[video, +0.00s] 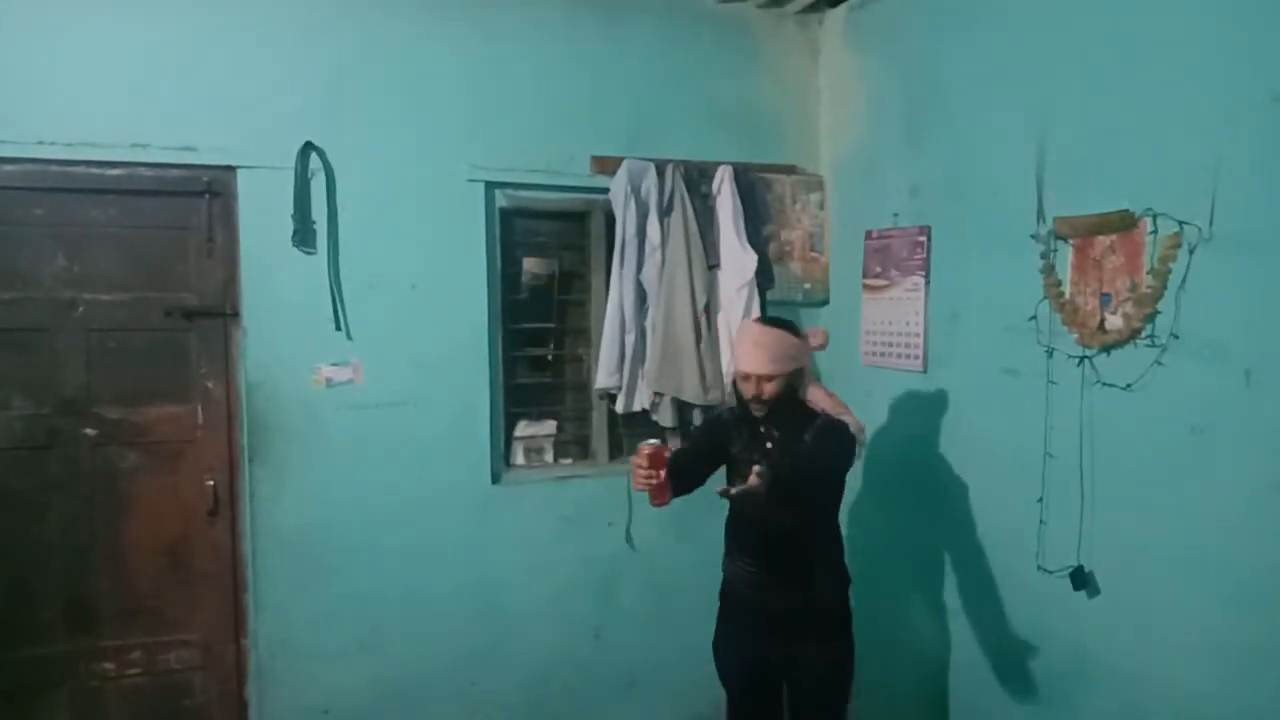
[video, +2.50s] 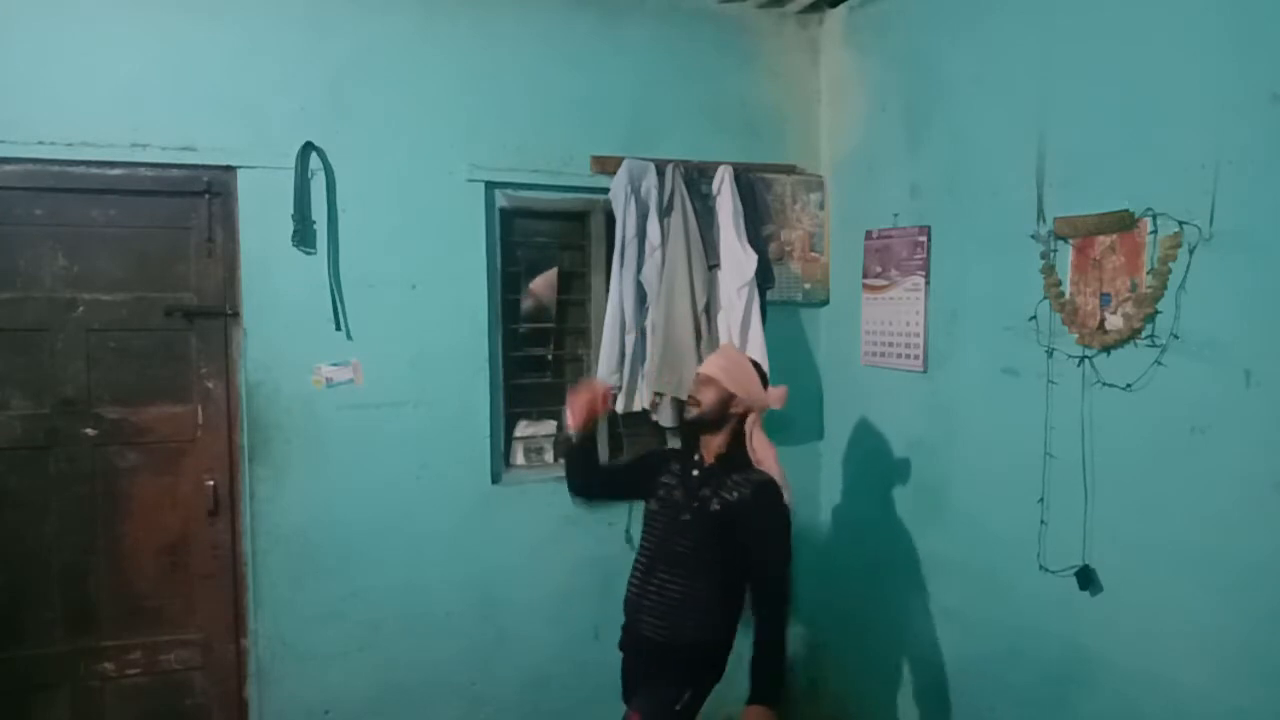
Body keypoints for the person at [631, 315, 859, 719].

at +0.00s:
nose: (755, 391)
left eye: (768, 381)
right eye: (746, 379)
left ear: (793, 376)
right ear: (735, 376)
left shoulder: (828, 432)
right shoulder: (730, 425)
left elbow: (816, 490)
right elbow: (683, 469)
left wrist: (770, 486)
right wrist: (654, 469)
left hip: (816, 608)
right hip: (745, 606)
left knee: (817, 710)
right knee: (748, 709)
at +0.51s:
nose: (731, 371)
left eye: (744, 361)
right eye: (724, 359)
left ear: (770, 366)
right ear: (715, 361)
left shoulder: (804, 425)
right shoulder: (717, 422)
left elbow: (800, 500)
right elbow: (680, 477)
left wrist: (738, 504)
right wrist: (658, 490)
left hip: (799, 599)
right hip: (740, 595)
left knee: (770, 709)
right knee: (740, 708)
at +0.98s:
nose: (704, 374)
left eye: (717, 364)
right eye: (697, 362)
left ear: (745, 368)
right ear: (688, 363)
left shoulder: (778, 433)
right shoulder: (707, 425)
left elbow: (805, 538)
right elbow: (719, 509)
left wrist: (761, 614)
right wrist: (706, 588)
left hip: (757, 602)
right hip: (715, 592)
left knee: (694, 710)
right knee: (744, 709)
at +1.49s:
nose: (662, 385)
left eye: (676, 374)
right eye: (657, 372)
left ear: (708, 378)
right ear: (651, 372)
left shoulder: (730, 454)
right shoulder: (681, 441)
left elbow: (693, 539)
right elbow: (659, 538)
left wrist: (625, 511)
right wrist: (616, 598)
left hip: (696, 637)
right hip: (663, 630)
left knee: (669, 710)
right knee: (665, 708)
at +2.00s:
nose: (653, 391)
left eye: (668, 382)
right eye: (652, 378)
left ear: (702, 393)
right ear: (646, 377)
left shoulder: (738, 466)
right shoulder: (660, 450)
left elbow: (749, 569)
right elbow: (629, 520)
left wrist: (665, 605)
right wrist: (597, 553)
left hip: (715, 635)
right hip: (665, 628)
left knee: (682, 711)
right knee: (665, 708)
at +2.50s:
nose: (692, 391)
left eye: (707, 384)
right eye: (695, 381)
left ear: (738, 404)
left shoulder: (759, 495)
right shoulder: (665, 466)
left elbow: (771, 607)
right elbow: (586, 484)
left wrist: (763, 698)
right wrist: (582, 431)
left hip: (692, 656)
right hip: (638, 643)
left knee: (645, 711)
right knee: (641, 711)